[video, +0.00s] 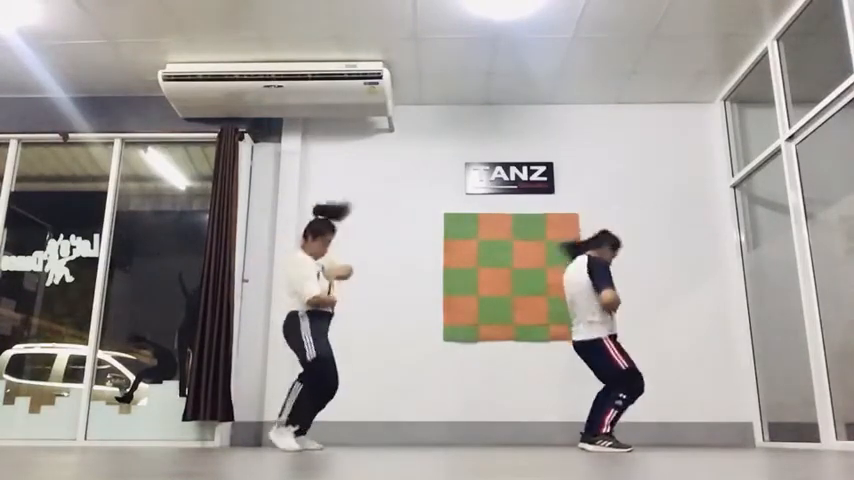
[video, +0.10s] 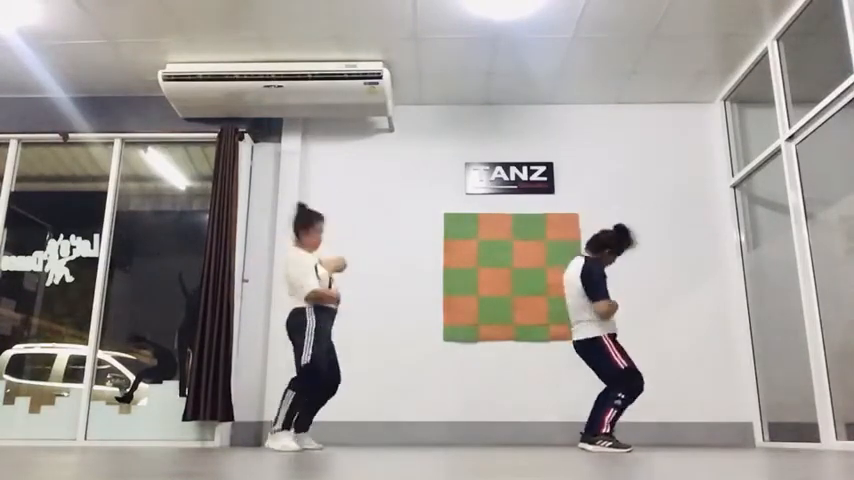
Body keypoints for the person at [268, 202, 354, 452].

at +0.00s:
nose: (326, 248)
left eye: (329, 244)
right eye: (324, 242)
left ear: (323, 242)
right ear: (308, 237)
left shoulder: (317, 263)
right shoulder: (299, 262)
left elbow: (345, 270)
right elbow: (311, 298)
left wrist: (334, 273)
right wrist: (330, 300)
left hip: (317, 322)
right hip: (302, 320)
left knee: (329, 382)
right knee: (315, 371)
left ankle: (298, 433)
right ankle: (282, 428)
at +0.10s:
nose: (320, 238)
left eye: (320, 232)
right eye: (316, 232)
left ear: (311, 234)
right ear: (302, 232)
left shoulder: (312, 258)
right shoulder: (297, 258)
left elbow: (333, 265)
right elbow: (308, 291)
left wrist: (336, 265)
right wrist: (333, 296)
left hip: (320, 318)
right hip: (307, 318)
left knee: (330, 379)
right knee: (309, 374)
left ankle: (299, 432)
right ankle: (278, 433)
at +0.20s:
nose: (318, 224)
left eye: (318, 219)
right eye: (312, 219)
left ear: (314, 225)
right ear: (298, 224)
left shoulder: (314, 250)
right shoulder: (297, 247)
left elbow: (331, 273)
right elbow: (306, 277)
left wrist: (330, 277)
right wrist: (331, 287)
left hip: (322, 312)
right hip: (306, 311)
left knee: (326, 374)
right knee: (301, 370)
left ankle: (303, 430)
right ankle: (278, 432)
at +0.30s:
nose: (319, 221)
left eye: (318, 216)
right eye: (314, 217)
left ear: (308, 223)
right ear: (300, 224)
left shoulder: (315, 245)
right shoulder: (300, 241)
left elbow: (332, 269)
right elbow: (305, 268)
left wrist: (330, 274)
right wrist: (331, 288)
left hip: (323, 309)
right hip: (307, 308)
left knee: (322, 373)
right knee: (300, 368)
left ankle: (303, 432)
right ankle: (278, 432)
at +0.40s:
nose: (325, 225)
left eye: (323, 221)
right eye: (319, 221)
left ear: (307, 226)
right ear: (305, 225)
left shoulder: (318, 250)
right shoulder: (305, 244)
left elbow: (327, 278)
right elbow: (308, 273)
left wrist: (335, 285)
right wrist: (331, 296)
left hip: (320, 316)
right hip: (305, 312)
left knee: (322, 374)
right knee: (302, 370)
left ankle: (301, 433)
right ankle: (278, 433)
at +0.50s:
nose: (329, 229)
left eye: (328, 224)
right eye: (324, 225)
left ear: (315, 230)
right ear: (311, 230)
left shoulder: (319, 254)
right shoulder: (308, 248)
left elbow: (321, 284)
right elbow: (312, 279)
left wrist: (333, 289)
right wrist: (330, 301)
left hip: (316, 319)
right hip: (301, 316)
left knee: (324, 376)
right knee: (300, 372)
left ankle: (302, 433)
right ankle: (278, 434)